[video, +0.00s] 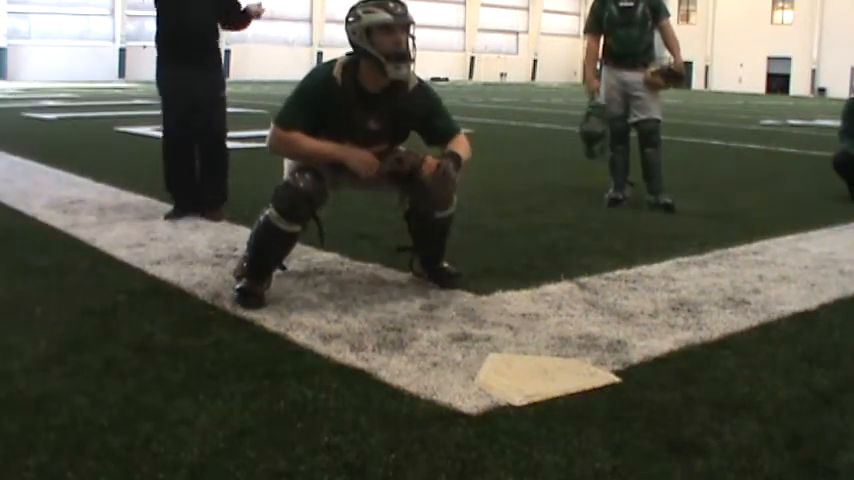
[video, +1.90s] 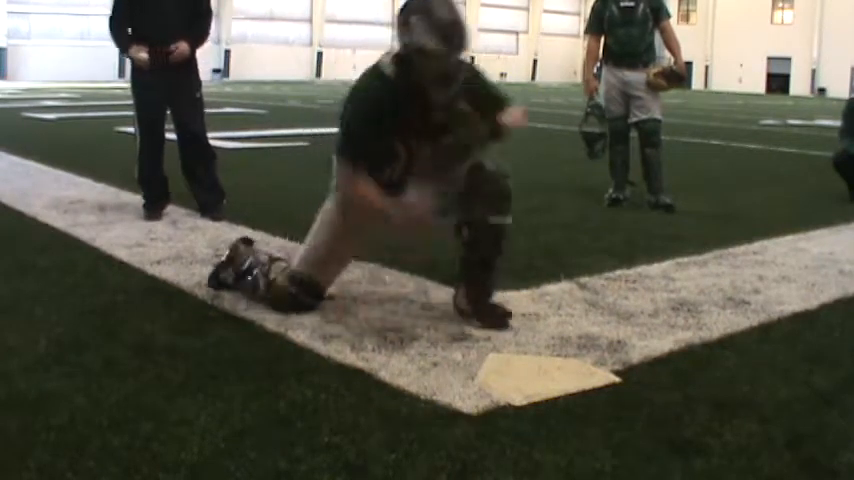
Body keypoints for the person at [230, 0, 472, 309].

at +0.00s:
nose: (401, 42)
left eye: (404, 32)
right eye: (388, 32)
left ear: (409, 35)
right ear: (363, 38)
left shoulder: (412, 90)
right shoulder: (325, 80)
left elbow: (459, 141)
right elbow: (279, 139)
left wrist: (448, 163)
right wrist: (346, 154)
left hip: (379, 164)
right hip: (321, 161)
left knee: (436, 179)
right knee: (302, 189)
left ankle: (430, 263)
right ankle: (253, 277)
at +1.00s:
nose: (400, 64)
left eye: (407, 55)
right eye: (392, 54)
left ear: (417, 51)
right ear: (369, 44)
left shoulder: (418, 79)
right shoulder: (328, 64)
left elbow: (424, 140)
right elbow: (315, 143)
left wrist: (409, 197)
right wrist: (352, 206)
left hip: (366, 158)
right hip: (313, 153)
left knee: (433, 206)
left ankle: (412, 255)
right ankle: (250, 261)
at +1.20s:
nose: (401, 94)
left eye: (408, 84)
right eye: (392, 84)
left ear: (416, 78)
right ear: (368, 74)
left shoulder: (415, 113)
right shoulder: (330, 107)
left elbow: (418, 162)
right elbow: (308, 185)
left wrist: (384, 208)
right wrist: (344, 240)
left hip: (370, 206)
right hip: (316, 204)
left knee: (430, 281)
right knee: (292, 296)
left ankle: (371, 254)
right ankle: (252, 264)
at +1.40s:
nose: (381, 110)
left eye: (389, 103)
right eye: (373, 103)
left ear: (400, 89)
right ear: (350, 84)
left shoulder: (405, 113)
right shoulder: (310, 110)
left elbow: (403, 160)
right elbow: (267, 155)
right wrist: (317, 211)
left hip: (371, 205)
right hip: (312, 203)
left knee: (430, 281)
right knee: (291, 297)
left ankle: (362, 255)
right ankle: (255, 265)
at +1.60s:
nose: (350, 95)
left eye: (358, 87)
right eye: (340, 87)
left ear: (372, 70)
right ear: (318, 71)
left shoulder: (384, 77)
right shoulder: (286, 94)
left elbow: (396, 118)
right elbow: (246, 140)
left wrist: (388, 158)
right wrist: (281, 188)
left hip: (377, 182)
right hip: (322, 194)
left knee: (450, 250)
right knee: (287, 297)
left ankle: (412, 245)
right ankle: (251, 266)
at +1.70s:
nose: (368, 111)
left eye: (376, 103)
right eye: (358, 102)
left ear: (392, 76)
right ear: (336, 81)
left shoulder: (399, 83)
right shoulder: (310, 107)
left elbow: (414, 108)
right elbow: (282, 198)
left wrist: (416, 137)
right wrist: (315, 276)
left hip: (381, 183)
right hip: (328, 194)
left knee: (455, 187)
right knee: (286, 298)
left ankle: (449, 262)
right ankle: (251, 270)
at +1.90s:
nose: (437, 72)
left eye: (446, 62)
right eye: (427, 62)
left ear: (456, 52)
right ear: (406, 50)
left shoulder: (463, 77)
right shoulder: (374, 90)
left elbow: (508, 115)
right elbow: (350, 181)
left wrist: (502, 124)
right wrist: (395, 209)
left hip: (435, 179)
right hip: (372, 183)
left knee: (491, 185)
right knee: (298, 295)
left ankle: (474, 294)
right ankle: (243, 263)